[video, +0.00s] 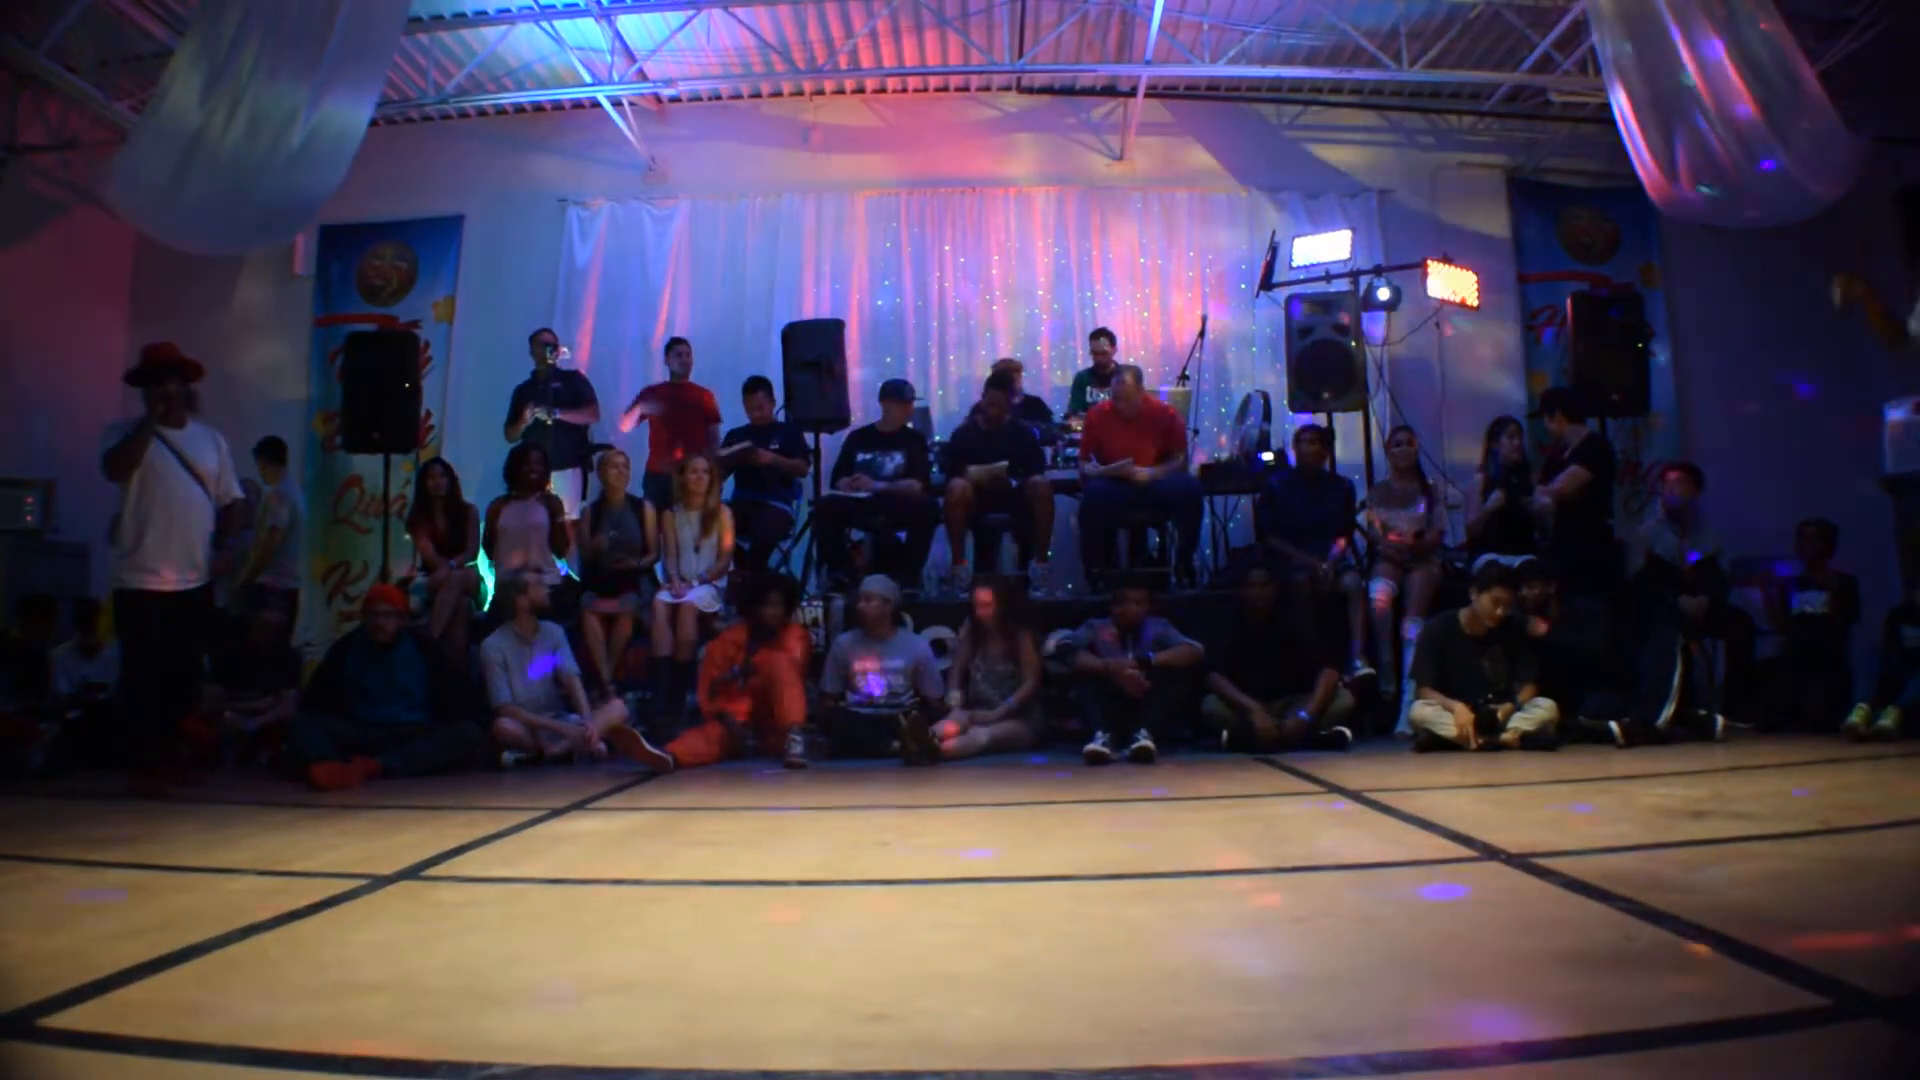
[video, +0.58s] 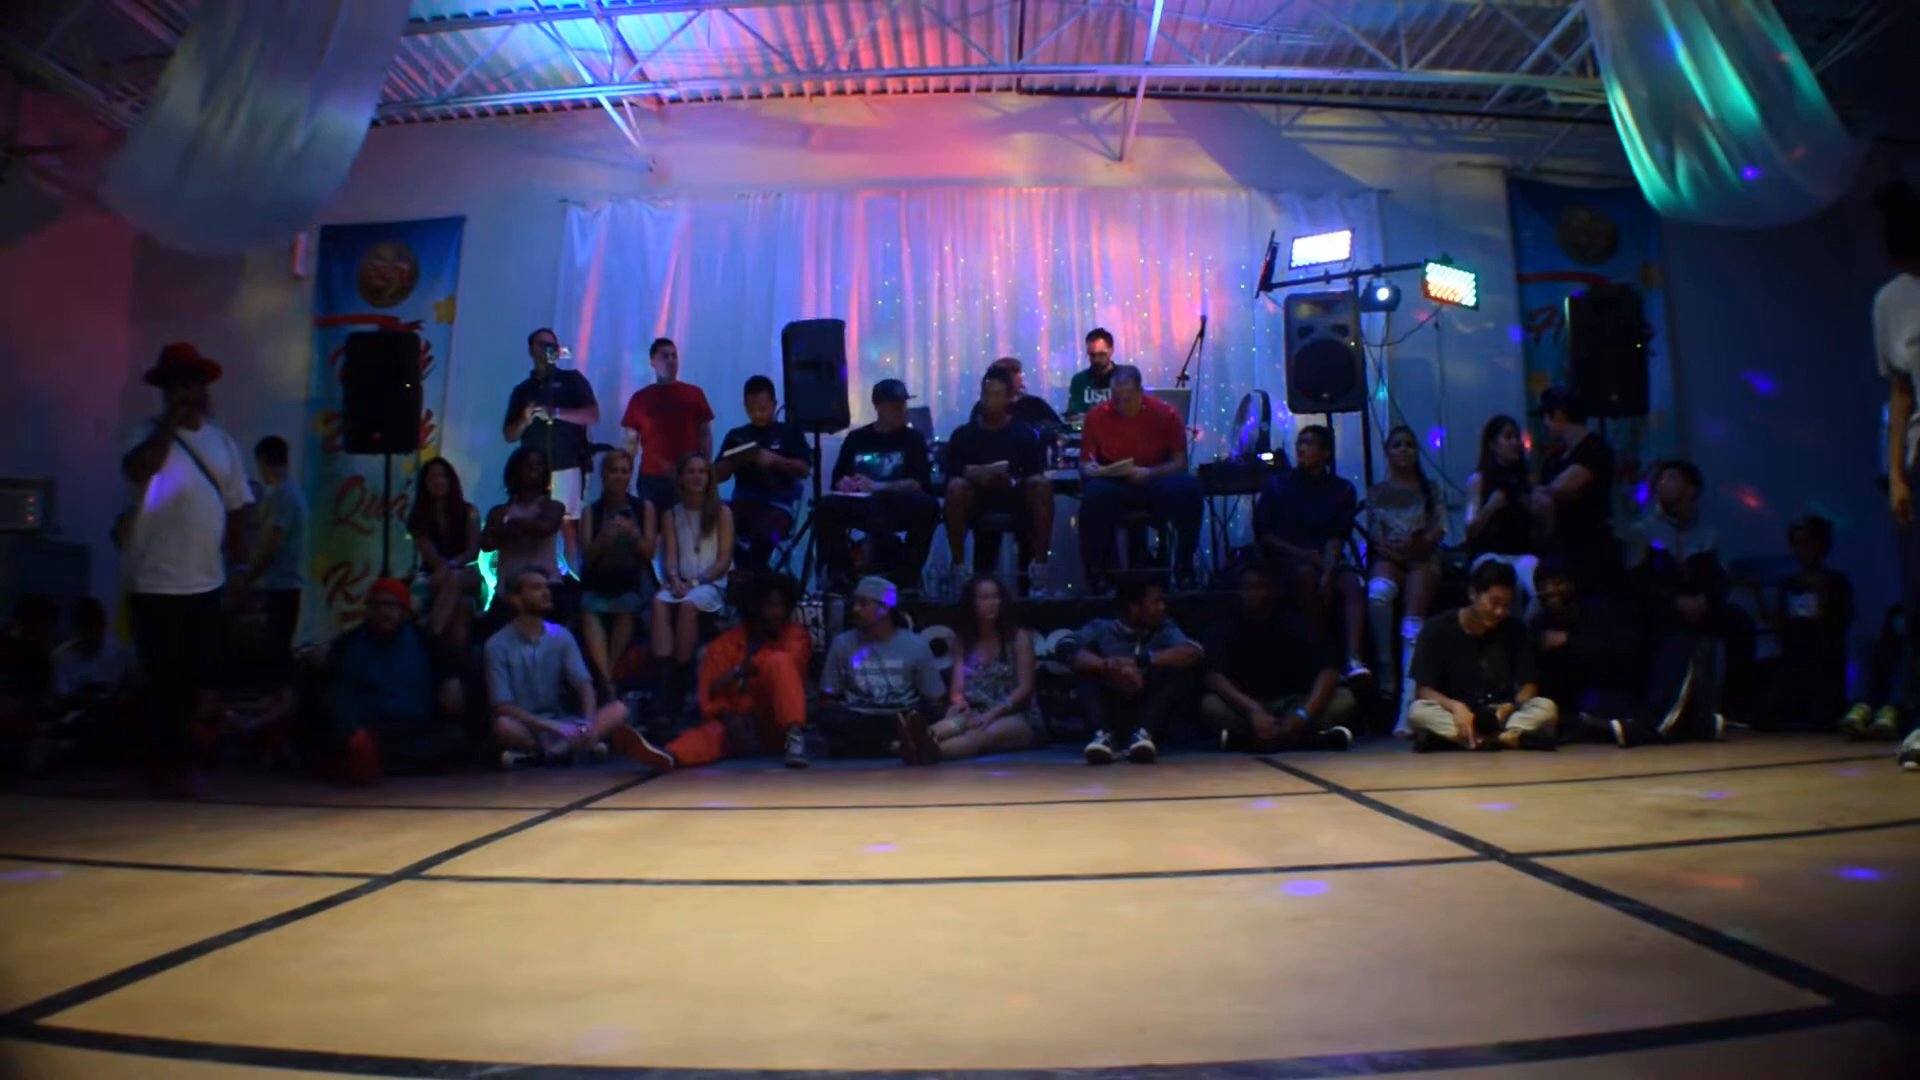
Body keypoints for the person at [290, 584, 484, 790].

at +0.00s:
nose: (381, 623)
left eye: (388, 616)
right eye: (375, 615)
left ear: (401, 619)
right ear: (364, 617)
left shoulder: (420, 648)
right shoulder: (347, 648)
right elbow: (317, 696)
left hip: (413, 729)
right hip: (356, 728)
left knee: (466, 735)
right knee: (305, 724)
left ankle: (379, 766)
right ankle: (328, 766)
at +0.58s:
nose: (383, 613)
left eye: (390, 605)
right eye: (377, 605)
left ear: (404, 611)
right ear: (369, 609)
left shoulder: (422, 643)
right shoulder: (349, 644)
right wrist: (352, 730)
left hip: (419, 720)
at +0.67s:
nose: (380, 611)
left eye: (388, 605)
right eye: (374, 604)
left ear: (403, 610)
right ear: (366, 607)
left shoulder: (422, 642)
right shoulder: (349, 640)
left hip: (414, 715)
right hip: (363, 716)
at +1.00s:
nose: (365, 614)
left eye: (373, 607)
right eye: (361, 606)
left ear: (389, 612)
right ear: (354, 609)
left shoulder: (410, 642)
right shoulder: (345, 641)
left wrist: (435, 697)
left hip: (404, 717)